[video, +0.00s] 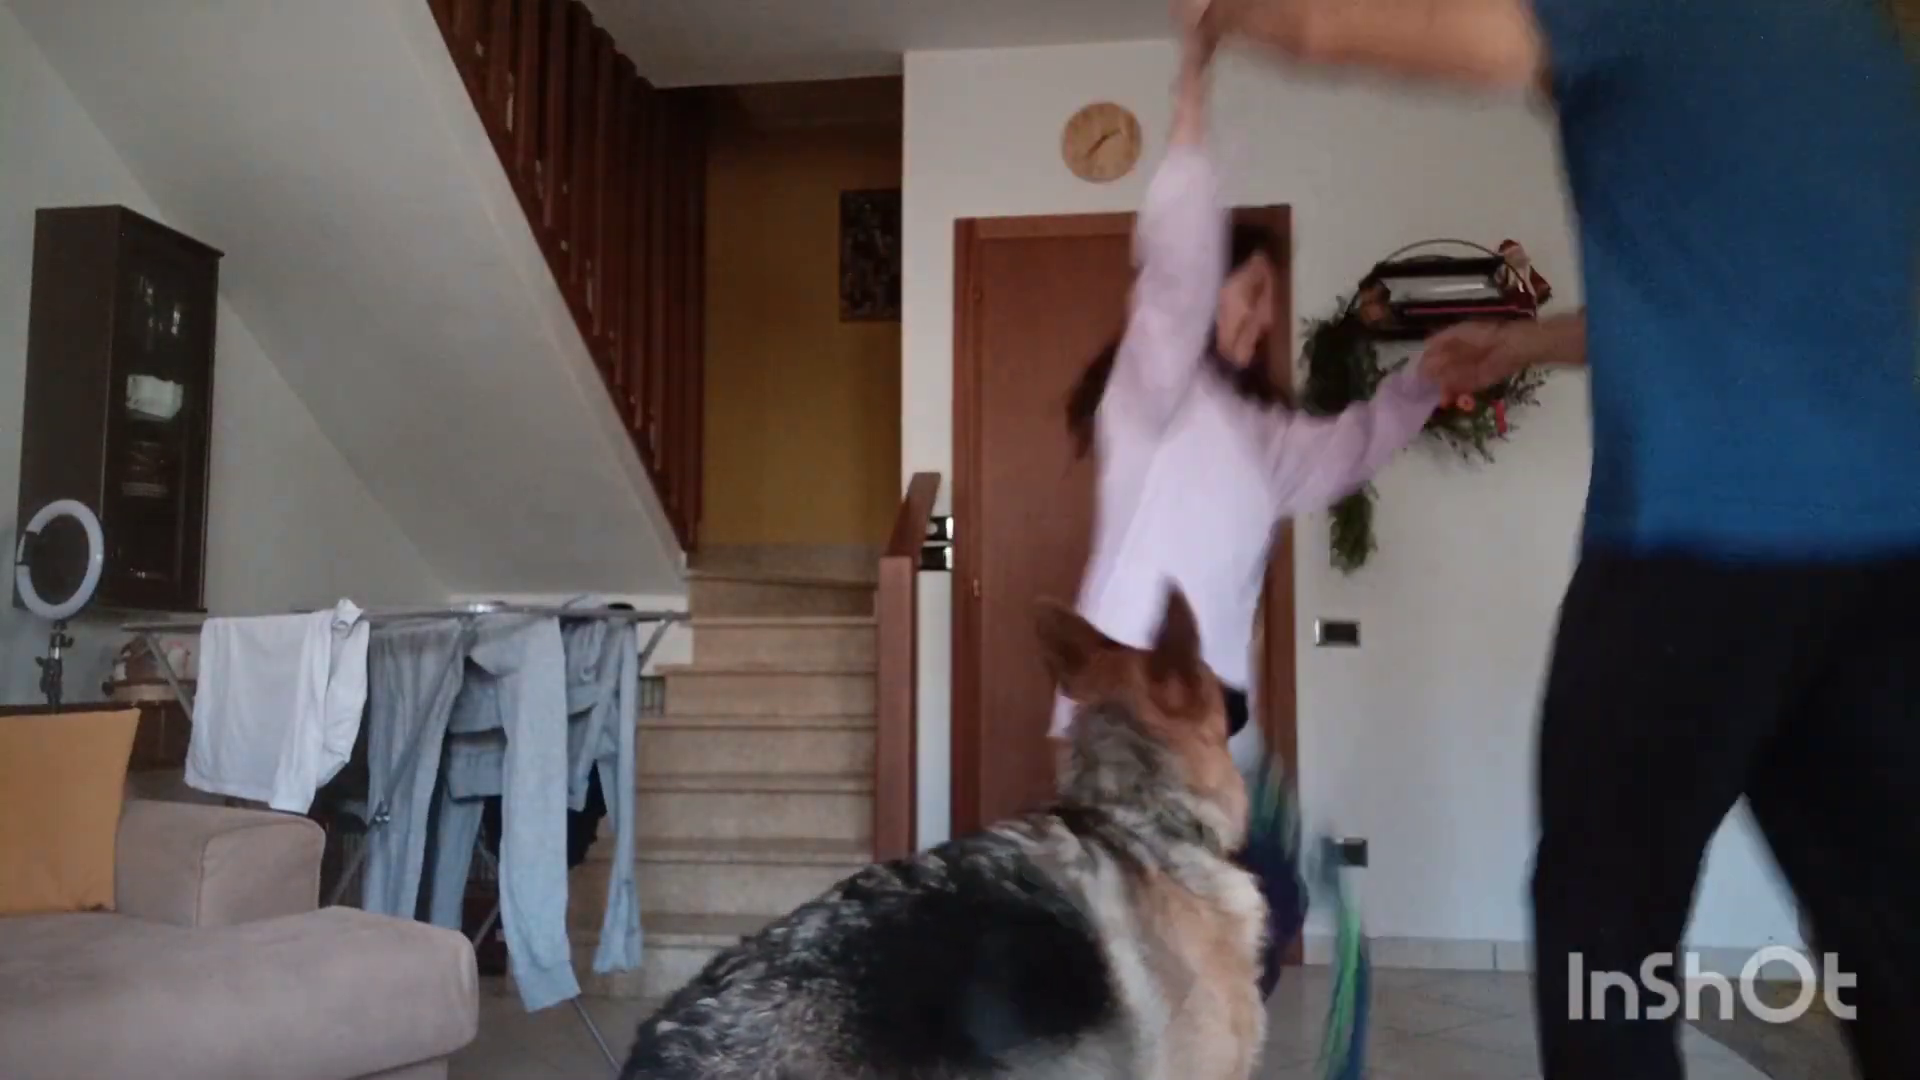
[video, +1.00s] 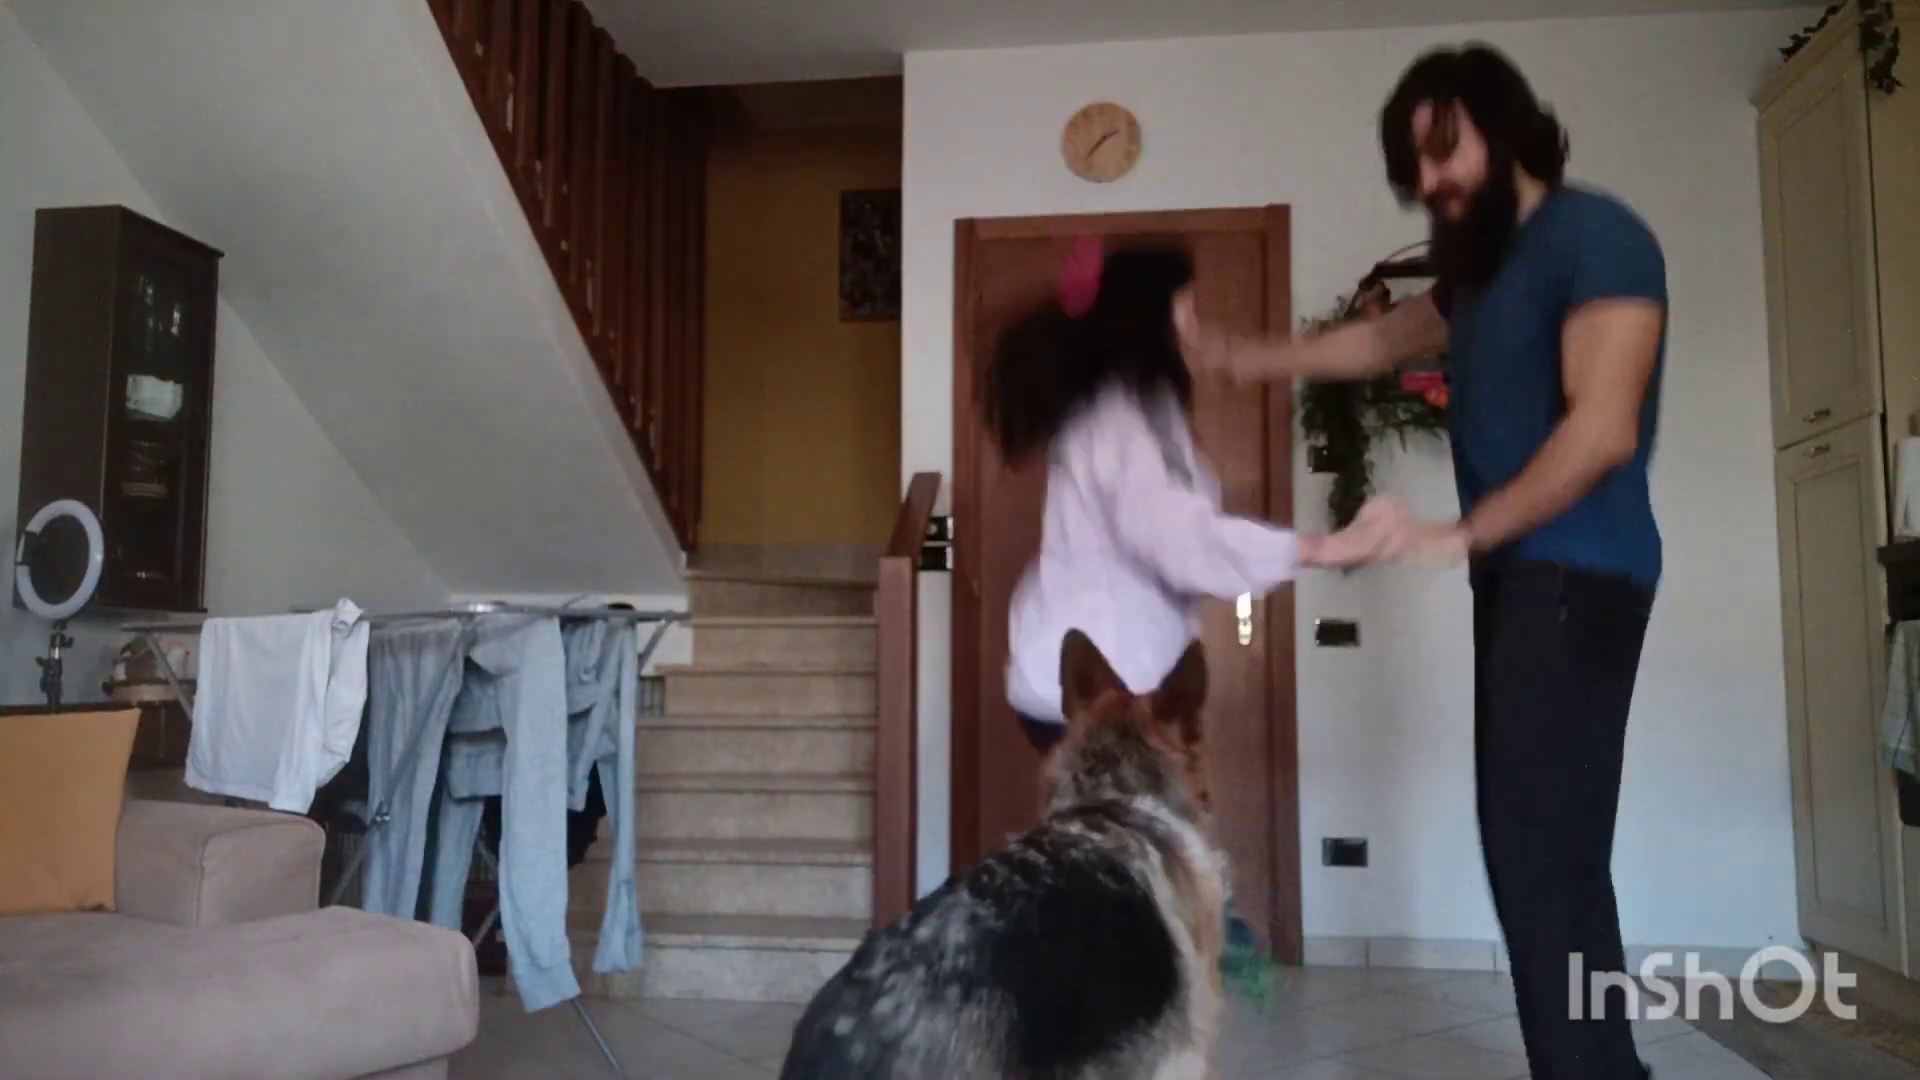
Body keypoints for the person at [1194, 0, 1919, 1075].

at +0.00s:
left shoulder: (1631, 21)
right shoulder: (1870, 41)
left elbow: (1330, 28)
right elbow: (1754, 285)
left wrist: (1230, 10)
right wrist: (1536, 343)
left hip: (1695, 543)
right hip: (1880, 547)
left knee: (1600, 924)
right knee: (1895, 938)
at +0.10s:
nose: (1490, 58)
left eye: (1493, 35)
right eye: (1486, 43)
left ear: (1541, 11)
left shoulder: (1588, 70)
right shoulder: (1817, 93)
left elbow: (1295, 130)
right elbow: (1728, 324)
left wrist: (1196, 97)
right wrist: (1514, 364)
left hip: (1634, 604)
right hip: (1833, 608)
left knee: (1566, 952)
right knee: (1838, 975)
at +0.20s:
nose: (1462, 51)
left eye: (1465, 22)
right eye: (1450, 33)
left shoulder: (1555, 78)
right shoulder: (1770, 85)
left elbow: (1278, 210)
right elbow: (1691, 308)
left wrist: (1169, 197)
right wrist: (1487, 320)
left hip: (1600, 583)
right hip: (1774, 579)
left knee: (1561, 932)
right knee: (1718, 904)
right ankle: (1861, 1071)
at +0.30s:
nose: (1431, 39)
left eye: (1435, 9)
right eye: (1422, 19)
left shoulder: (1540, 73)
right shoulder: (1723, 75)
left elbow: (1344, 288)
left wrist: (1189, 311)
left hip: (1583, 549)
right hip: (1745, 539)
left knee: (1559, 907)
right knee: (1668, 868)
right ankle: (1768, 1067)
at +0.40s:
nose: (1422, 67)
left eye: (1426, 31)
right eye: (1412, 40)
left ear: (1486, 6)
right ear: (1576, 1)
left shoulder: (1526, 102)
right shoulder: (1686, 101)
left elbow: (1420, 355)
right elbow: (1605, 250)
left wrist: (1285, 423)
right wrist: (1449, 185)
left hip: (1561, 561)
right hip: (1699, 553)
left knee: (1544, 904)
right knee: (1631, 876)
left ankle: (1584, 1066)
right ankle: (1664, 1059)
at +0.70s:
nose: (1401, 142)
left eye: (1402, 105)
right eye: (1386, 121)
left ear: (1463, 63)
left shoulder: (1565, 159)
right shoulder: (1531, 176)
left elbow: (1554, 392)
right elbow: (1424, 260)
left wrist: (1423, 514)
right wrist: (1294, 193)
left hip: (1562, 559)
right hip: (1567, 554)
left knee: (1518, 867)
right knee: (1562, 861)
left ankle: (1580, 1067)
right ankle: (1597, 1062)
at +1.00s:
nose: (1430, 181)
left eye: (1444, 150)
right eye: (1416, 163)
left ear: (1505, 131)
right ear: (1414, 167)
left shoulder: (1596, 237)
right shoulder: (1493, 264)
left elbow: (1604, 432)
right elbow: (1383, 342)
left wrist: (1457, 534)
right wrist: (1235, 357)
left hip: (1576, 579)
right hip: (1521, 575)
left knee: (1541, 846)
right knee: (1532, 847)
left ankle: (1586, 1065)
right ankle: (1591, 1062)